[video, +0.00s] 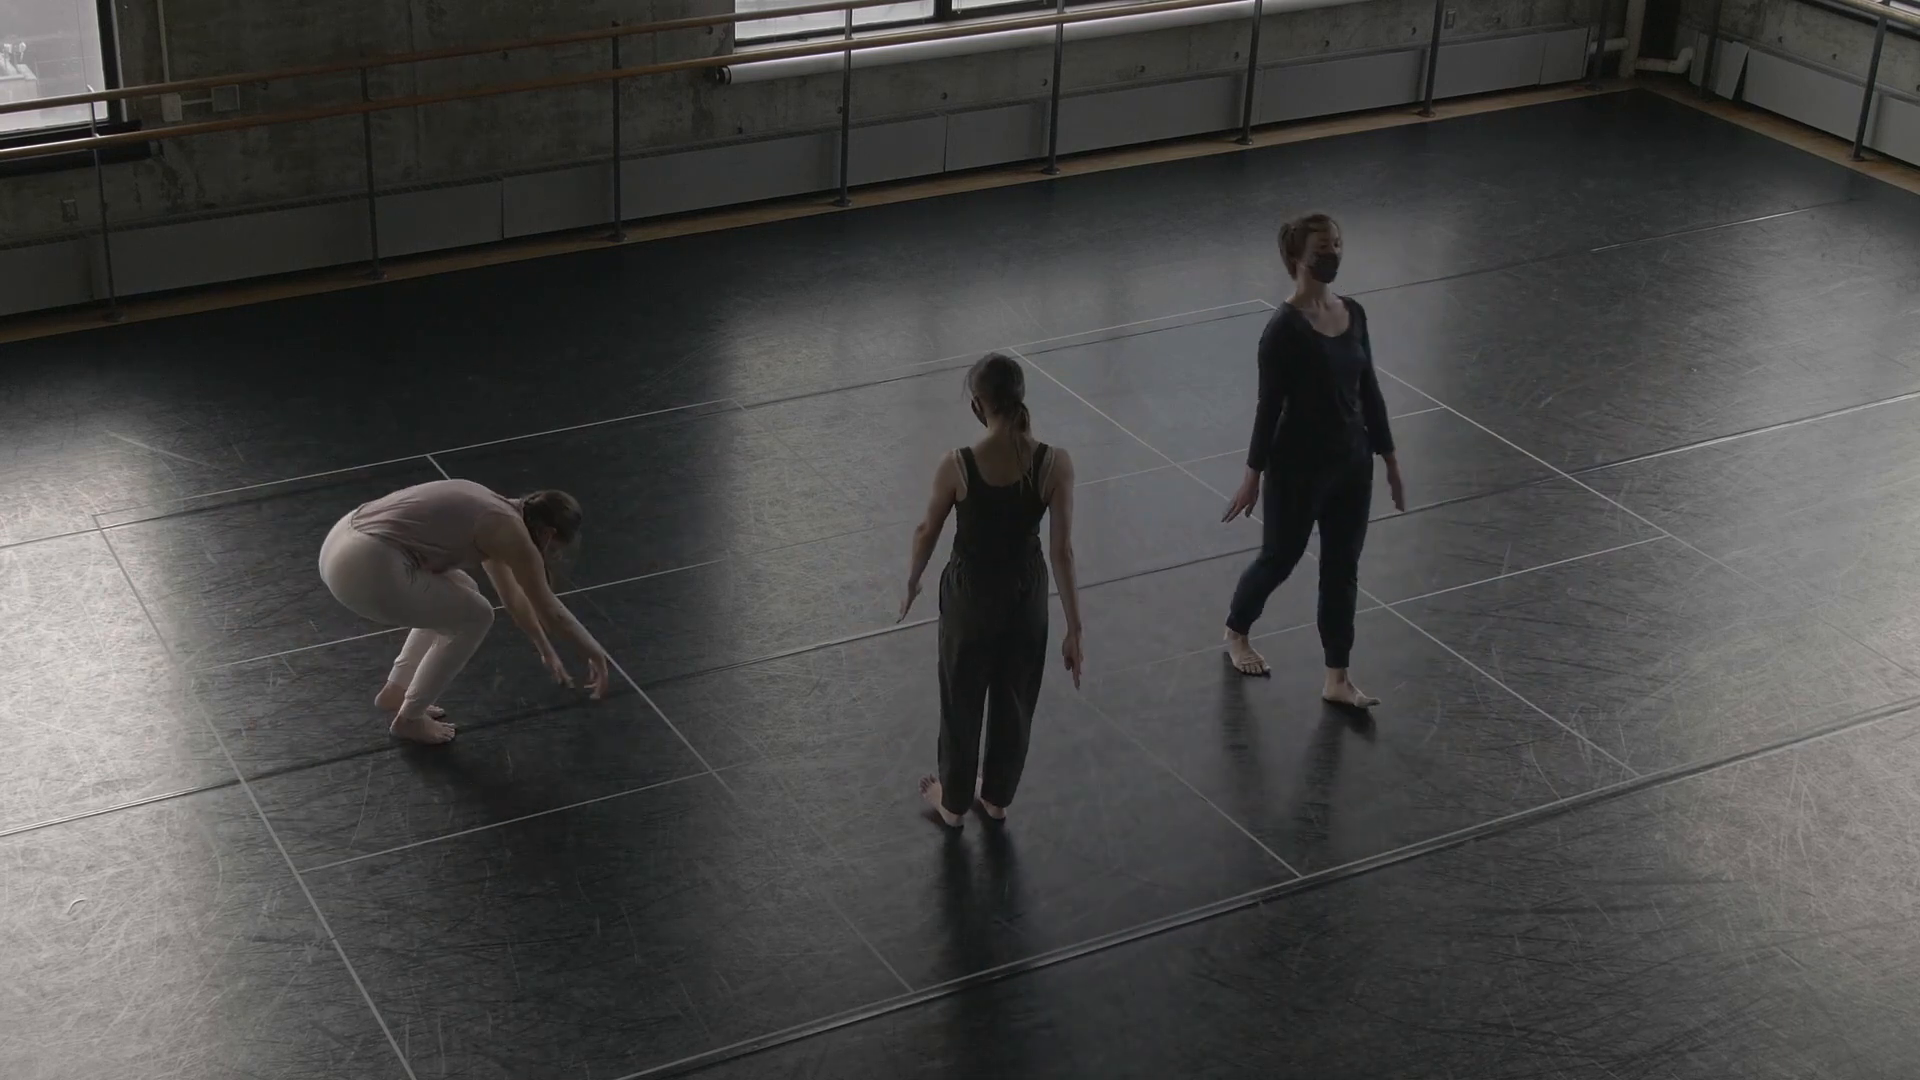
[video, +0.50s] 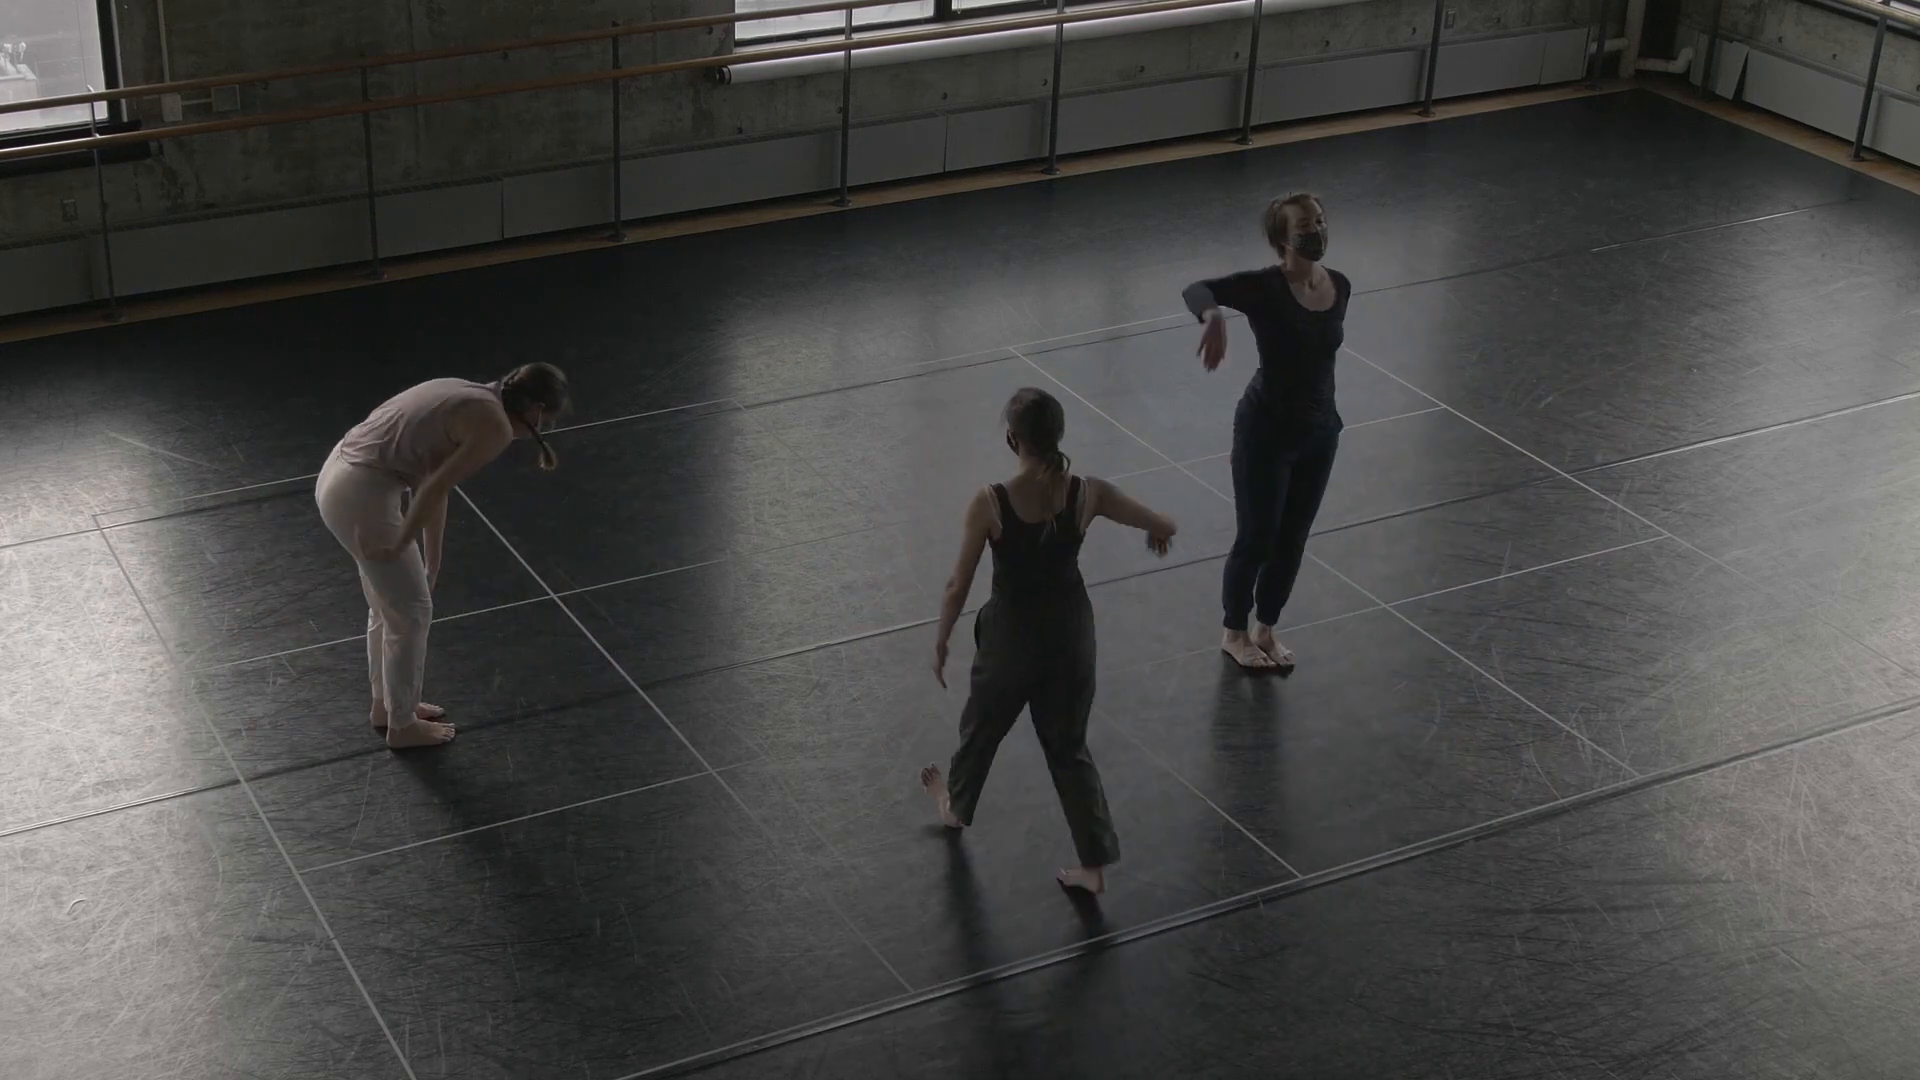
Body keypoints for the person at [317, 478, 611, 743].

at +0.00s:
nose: (551, 555)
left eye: (557, 550)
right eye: (556, 548)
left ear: (530, 510)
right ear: (547, 534)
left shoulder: (485, 510)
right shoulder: (508, 529)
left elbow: (512, 595)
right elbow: (549, 608)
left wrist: (547, 652)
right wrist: (597, 652)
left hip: (343, 542)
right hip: (366, 566)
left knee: (463, 590)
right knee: (475, 616)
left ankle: (397, 687)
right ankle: (411, 717)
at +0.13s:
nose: (550, 525)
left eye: (556, 519)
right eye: (554, 516)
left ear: (523, 478)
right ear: (542, 502)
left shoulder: (477, 490)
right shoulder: (512, 509)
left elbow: (483, 580)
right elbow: (520, 601)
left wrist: (501, 643)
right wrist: (544, 652)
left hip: (341, 519)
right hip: (365, 537)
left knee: (434, 600)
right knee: (460, 617)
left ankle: (391, 695)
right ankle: (408, 723)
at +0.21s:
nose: (548, 498)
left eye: (554, 491)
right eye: (552, 489)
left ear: (521, 454)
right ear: (543, 480)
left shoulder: (474, 467)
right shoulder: (512, 493)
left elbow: (464, 563)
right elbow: (499, 582)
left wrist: (469, 638)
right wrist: (507, 649)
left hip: (339, 507)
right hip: (362, 523)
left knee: (421, 603)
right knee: (447, 621)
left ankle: (389, 702)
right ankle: (406, 726)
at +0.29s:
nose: (542, 478)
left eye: (549, 474)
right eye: (548, 471)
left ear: (521, 434)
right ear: (541, 459)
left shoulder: (474, 445)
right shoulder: (510, 474)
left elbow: (448, 538)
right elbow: (479, 558)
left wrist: (449, 608)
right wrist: (471, 623)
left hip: (338, 496)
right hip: (362, 512)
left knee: (411, 603)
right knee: (438, 617)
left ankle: (387, 701)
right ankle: (405, 724)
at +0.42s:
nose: (545, 445)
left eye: (551, 439)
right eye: (549, 437)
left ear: (518, 405)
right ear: (538, 427)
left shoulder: (477, 415)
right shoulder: (503, 447)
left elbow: (439, 507)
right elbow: (454, 514)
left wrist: (430, 570)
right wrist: (428, 577)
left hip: (341, 484)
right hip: (362, 498)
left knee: (397, 604)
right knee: (422, 611)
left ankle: (387, 705)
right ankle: (403, 726)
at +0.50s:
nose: (543, 427)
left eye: (549, 419)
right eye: (546, 417)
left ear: (512, 387)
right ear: (534, 407)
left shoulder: (471, 397)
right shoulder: (495, 427)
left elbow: (435, 488)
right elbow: (433, 487)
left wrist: (433, 564)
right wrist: (400, 544)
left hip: (342, 477)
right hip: (365, 492)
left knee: (387, 607)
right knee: (412, 611)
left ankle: (386, 706)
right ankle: (403, 726)